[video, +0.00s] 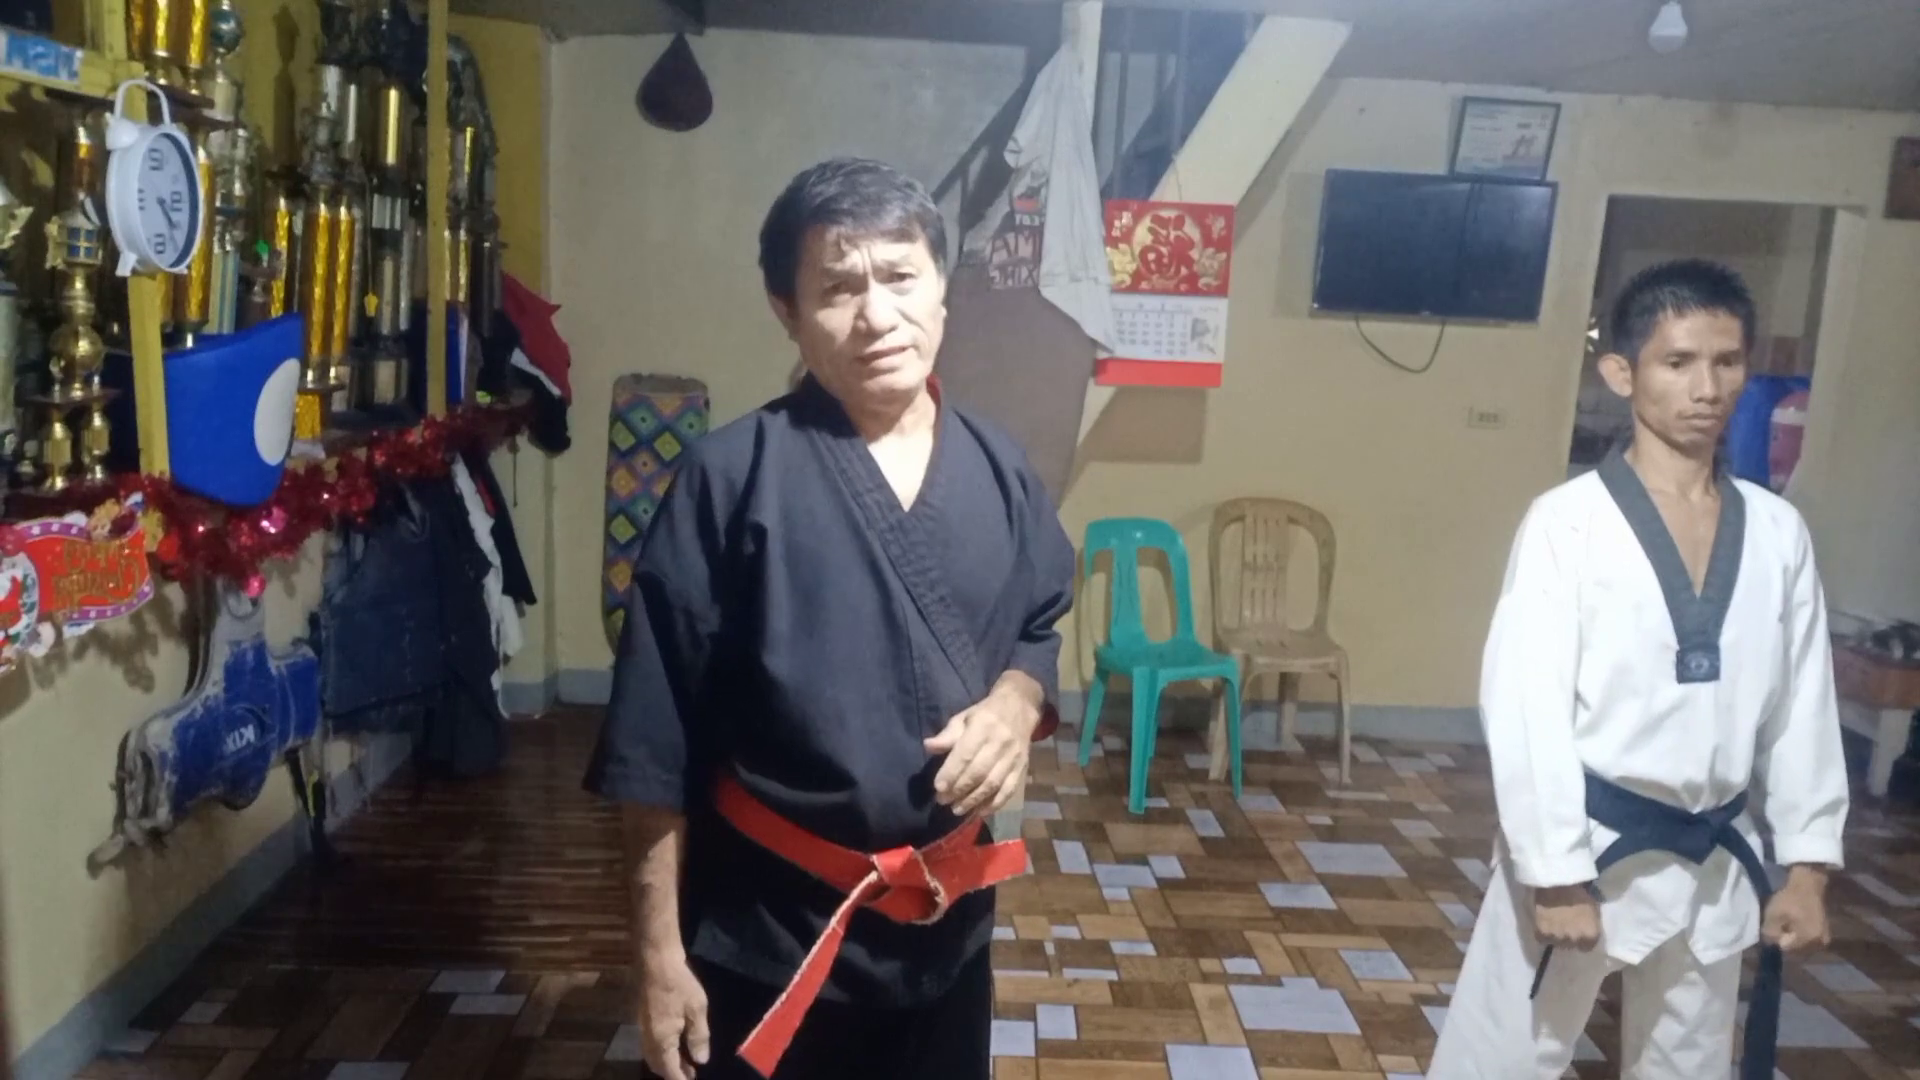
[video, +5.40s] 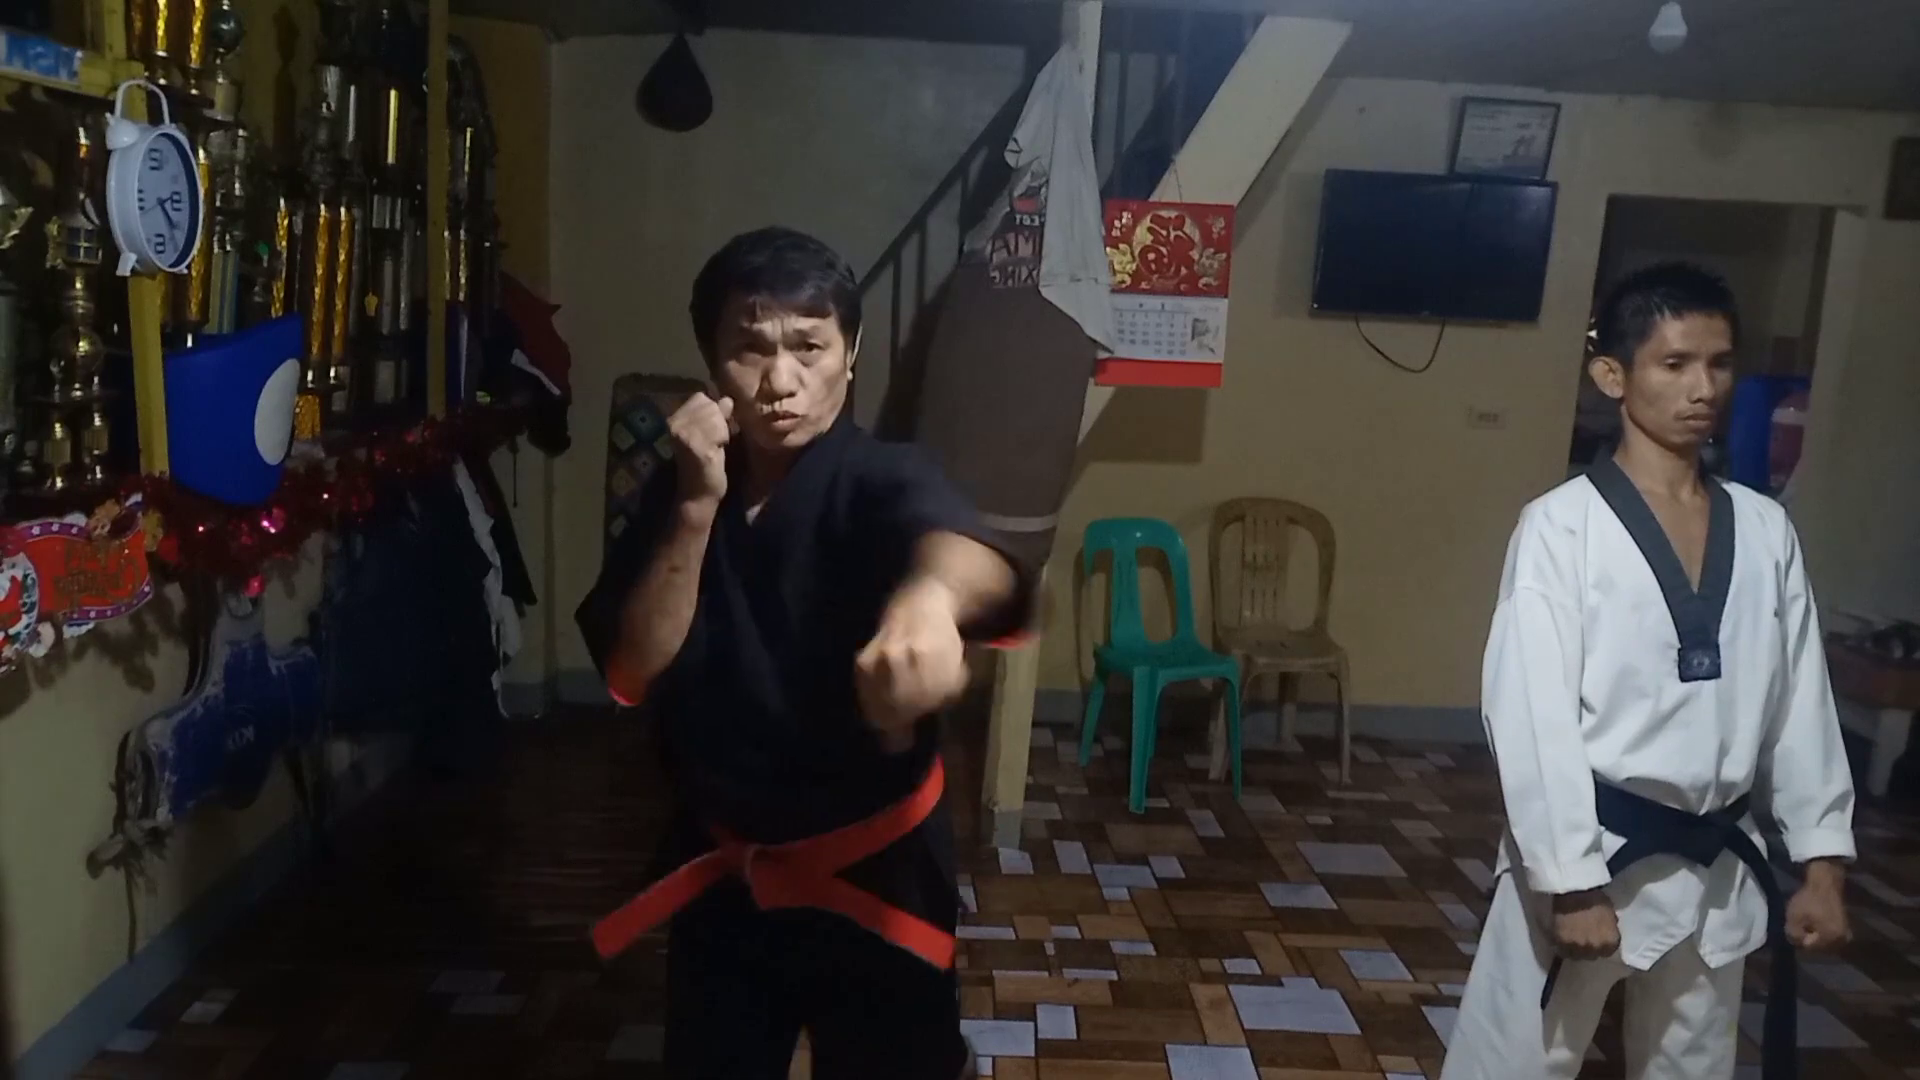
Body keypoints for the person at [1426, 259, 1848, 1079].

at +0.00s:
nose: (1708, 387)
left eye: (1726, 361)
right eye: (1679, 361)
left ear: (1746, 370)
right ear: (1620, 374)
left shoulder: (1778, 530)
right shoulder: (1565, 523)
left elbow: (1805, 704)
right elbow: (1524, 702)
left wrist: (1808, 864)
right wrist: (1556, 871)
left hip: (1718, 862)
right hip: (1579, 857)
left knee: (1688, 1069)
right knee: (1505, 1062)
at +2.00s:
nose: (1714, 386)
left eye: (1727, 362)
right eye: (1685, 362)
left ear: (1741, 370)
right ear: (1618, 375)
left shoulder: (1769, 530)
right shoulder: (1561, 526)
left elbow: (1803, 703)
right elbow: (1529, 711)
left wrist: (1827, 867)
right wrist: (1569, 885)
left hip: (1710, 869)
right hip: (1578, 864)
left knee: (1684, 1069)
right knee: (1517, 1065)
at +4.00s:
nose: (1710, 390)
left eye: (1724, 365)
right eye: (1681, 365)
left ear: (1739, 371)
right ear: (1616, 377)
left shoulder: (1769, 529)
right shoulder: (1562, 527)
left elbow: (1802, 702)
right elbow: (1533, 712)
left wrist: (1823, 864)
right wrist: (1576, 884)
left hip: (1719, 874)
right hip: (1583, 870)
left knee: (1693, 1069)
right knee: (1523, 1065)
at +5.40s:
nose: (1705, 388)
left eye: (1719, 363)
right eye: (1675, 364)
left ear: (1734, 371)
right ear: (1612, 376)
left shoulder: (1765, 527)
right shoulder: (1559, 526)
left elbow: (1801, 700)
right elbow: (1531, 710)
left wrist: (1823, 862)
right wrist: (1575, 881)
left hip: (1717, 871)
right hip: (1581, 868)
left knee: (1692, 1070)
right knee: (1519, 1066)